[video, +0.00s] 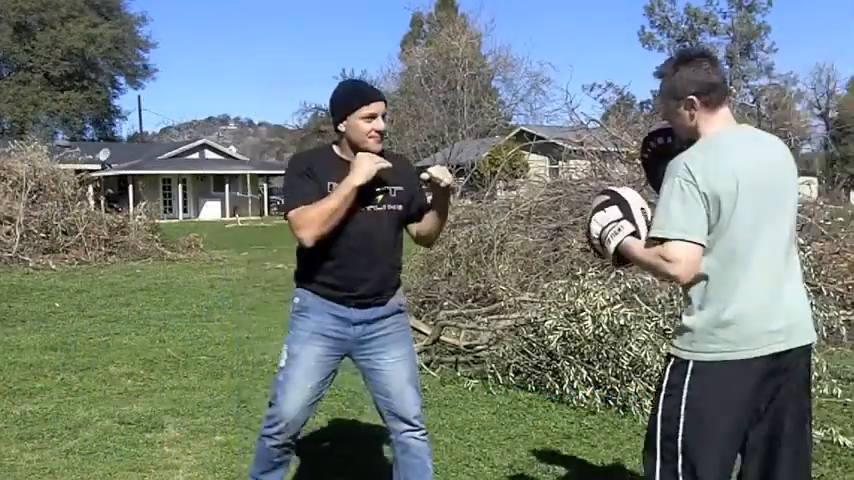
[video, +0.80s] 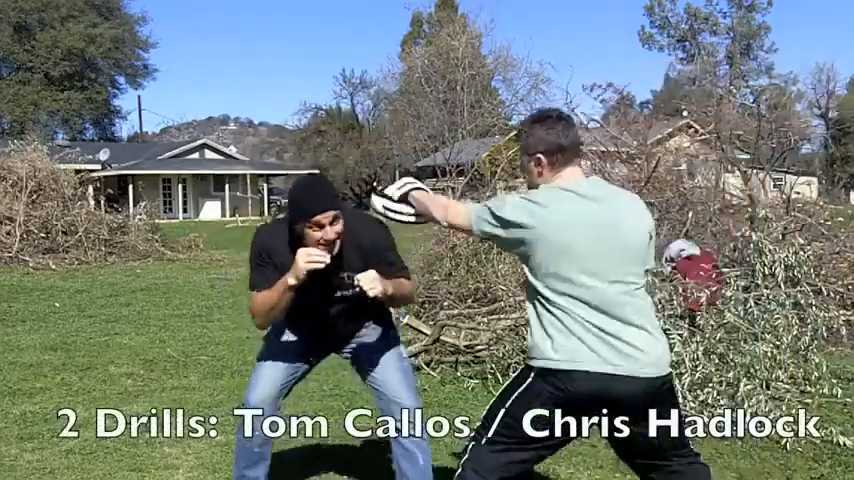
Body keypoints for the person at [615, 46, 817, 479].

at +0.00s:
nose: (665, 123)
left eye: (666, 113)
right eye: (662, 114)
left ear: (691, 106)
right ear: (722, 99)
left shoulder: (691, 165)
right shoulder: (778, 150)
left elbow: (680, 267)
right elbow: (748, 234)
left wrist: (625, 244)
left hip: (717, 352)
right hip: (792, 344)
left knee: (682, 469)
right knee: (783, 469)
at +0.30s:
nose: (660, 120)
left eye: (660, 109)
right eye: (657, 110)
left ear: (682, 105)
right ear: (715, 100)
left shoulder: (672, 164)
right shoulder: (766, 160)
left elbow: (641, 256)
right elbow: (739, 233)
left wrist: (597, 229)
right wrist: (662, 188)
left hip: (682, 350)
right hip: (761, 346)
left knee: (648, 467)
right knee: (762, 466)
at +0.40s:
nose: (650, 123)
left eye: (652, 112)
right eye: (649, 112)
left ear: (675, 114)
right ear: (710, 111)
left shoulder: (664, 172)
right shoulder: (754, 173)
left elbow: (626, 266)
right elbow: (718, 244)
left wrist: (575, 239)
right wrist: (662, 176)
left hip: (662, 348)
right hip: (738, 348)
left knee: (599, 451)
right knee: (738, 459)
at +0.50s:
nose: (629, 127)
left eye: (632, 116)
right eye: (629, 116)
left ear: (652, 117)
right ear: (684, 115)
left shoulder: (632, 176)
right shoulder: (729, 176)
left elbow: (593, 264)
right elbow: (705, 245)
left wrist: (549, 228)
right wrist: (642, 166)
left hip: (633, 348)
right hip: (713, 351)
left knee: (566, 447)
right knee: (732, 464)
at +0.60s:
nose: (589, 128)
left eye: (591, 117)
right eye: (589, 117)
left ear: (609, 118)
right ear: (644, 114)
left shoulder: (584, 178)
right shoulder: (692, 174)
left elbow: (511, 236)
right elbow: (695, 238)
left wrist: (495, 189)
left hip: (598, 352)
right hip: (684, 352)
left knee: (544, 460)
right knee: (714, 462)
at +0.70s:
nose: (549, 152)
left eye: (549, 143)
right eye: (550, 143)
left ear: (562, 145)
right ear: (602, 140)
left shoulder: (539, 195)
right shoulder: (652, 192)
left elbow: (452, 201)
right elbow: (663, 254)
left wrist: (415, 164)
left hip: (571, 368)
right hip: (655, 367)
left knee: (505, 465)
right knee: (694, 462)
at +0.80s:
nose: (525, 172)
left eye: (525, 163)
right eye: (525, 163)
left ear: (540, 162)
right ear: (578, 153)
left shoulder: (528, 209)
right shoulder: (637, 208)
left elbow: (452, 213)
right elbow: (642, 267)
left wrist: (413, 194)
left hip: (563, 374)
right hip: (644, 375)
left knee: (485, 462)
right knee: (675, 461)